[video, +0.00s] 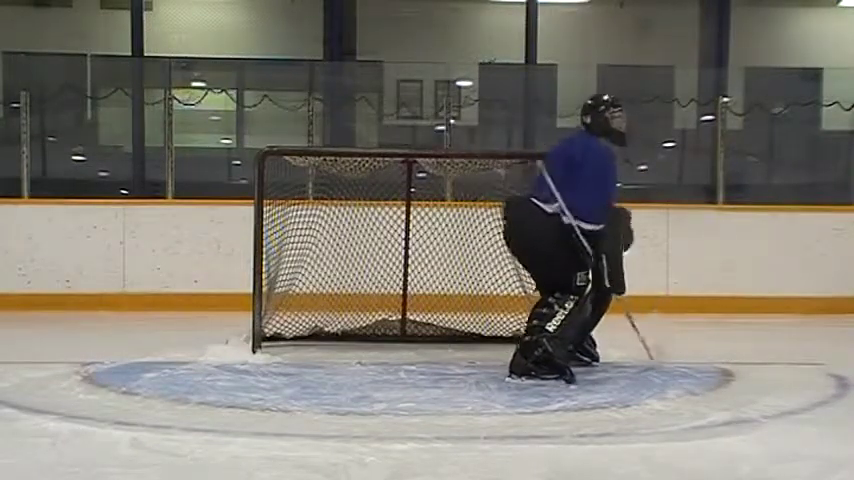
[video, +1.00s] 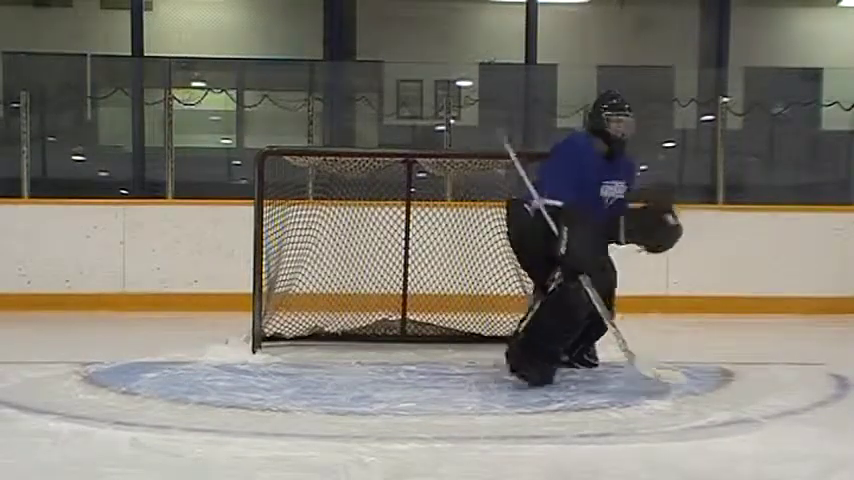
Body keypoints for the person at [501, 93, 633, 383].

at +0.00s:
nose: (622, 121)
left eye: (621, 115)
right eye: (616, 116)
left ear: (593, 120)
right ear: (599, 119)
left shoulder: (574, 143)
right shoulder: (598, 152)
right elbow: (591, 215)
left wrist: (613, 219)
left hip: (524, 218)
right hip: (544, 226)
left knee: (558, 288)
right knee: (585, 287)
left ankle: (535, 348)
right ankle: (539, 353)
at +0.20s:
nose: (621, 119)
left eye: (620, 112)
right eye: (615, 113)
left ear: (591, 118)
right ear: (600, 117)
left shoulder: (574, 143)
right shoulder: (600, 153)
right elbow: (586, 215)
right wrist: (590, 253)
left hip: (526, 216)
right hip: (543, 222)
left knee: (554, 289)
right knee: (570, 289)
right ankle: (529, 353)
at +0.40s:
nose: (622, 118)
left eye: (621, 111)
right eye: (616, 113)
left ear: (590, 117)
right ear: (601, 116)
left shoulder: (574, 142)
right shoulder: (601, 150)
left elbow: (586, 191)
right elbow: (583, 215)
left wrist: (621, 182)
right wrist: (584, 261)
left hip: (524, 214)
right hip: (545, 221)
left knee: (549, 289)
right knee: (567, 293)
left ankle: (522, 345)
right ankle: (522, 352)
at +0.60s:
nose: (627, 119)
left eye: (626, 113)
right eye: (621, 113)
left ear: (595, 117)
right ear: (605, 117)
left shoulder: (575, 141)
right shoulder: (607, 151)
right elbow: (582, 214)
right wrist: (588, 264)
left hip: (527, 212)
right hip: (545, 219)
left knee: (546, 289)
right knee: (564, 294)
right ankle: (512, 354)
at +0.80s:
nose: (630, 121)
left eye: (630, 114)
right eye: (624, 115)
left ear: (599, 117)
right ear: (607, 117)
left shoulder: (579, 140)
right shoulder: (605, 150)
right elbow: (584, 207)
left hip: (531, 215)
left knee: (550, 288)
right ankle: (513, 353)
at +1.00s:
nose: (623, 129)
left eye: (626, 122)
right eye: (616, 121)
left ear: (630, 125)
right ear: (600, 121)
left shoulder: (622, 164)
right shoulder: (575, 149)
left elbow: (607, 220)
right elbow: (549, 207)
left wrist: (640, 226)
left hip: (583, 234)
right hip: (541, 227)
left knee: (603, 284)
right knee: (575, 289)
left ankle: (575, 346)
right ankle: (530, 354)